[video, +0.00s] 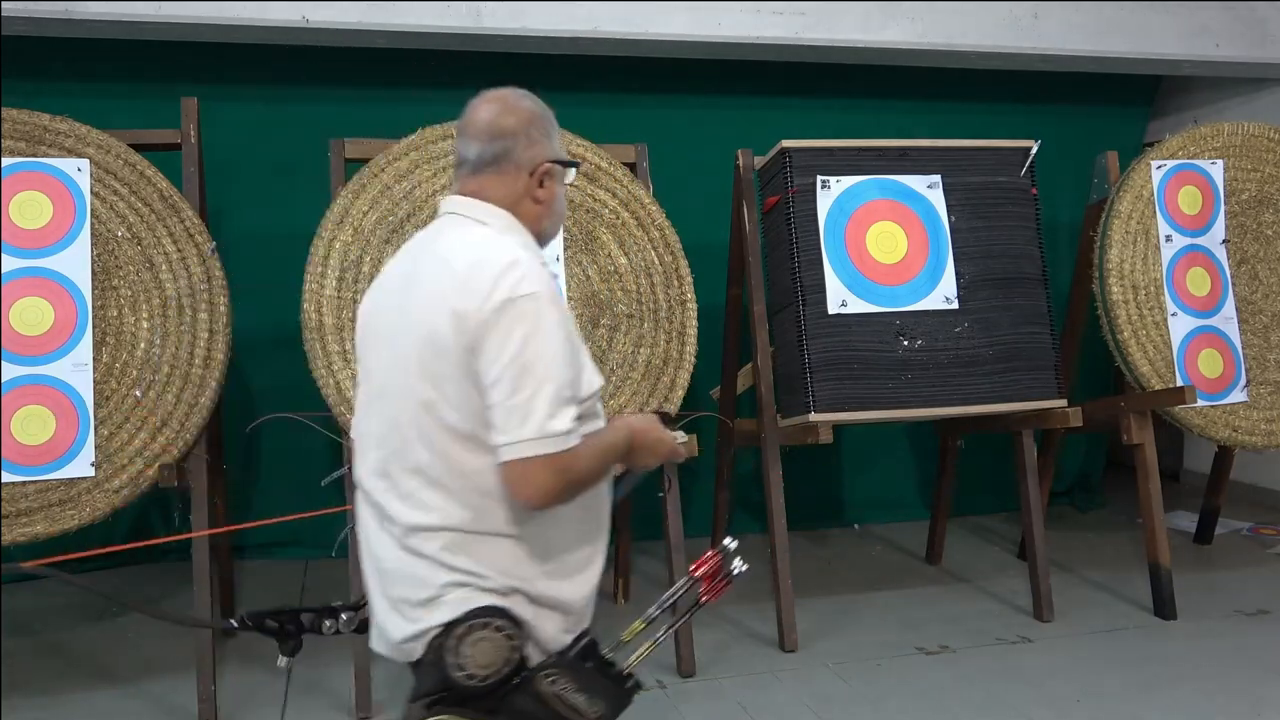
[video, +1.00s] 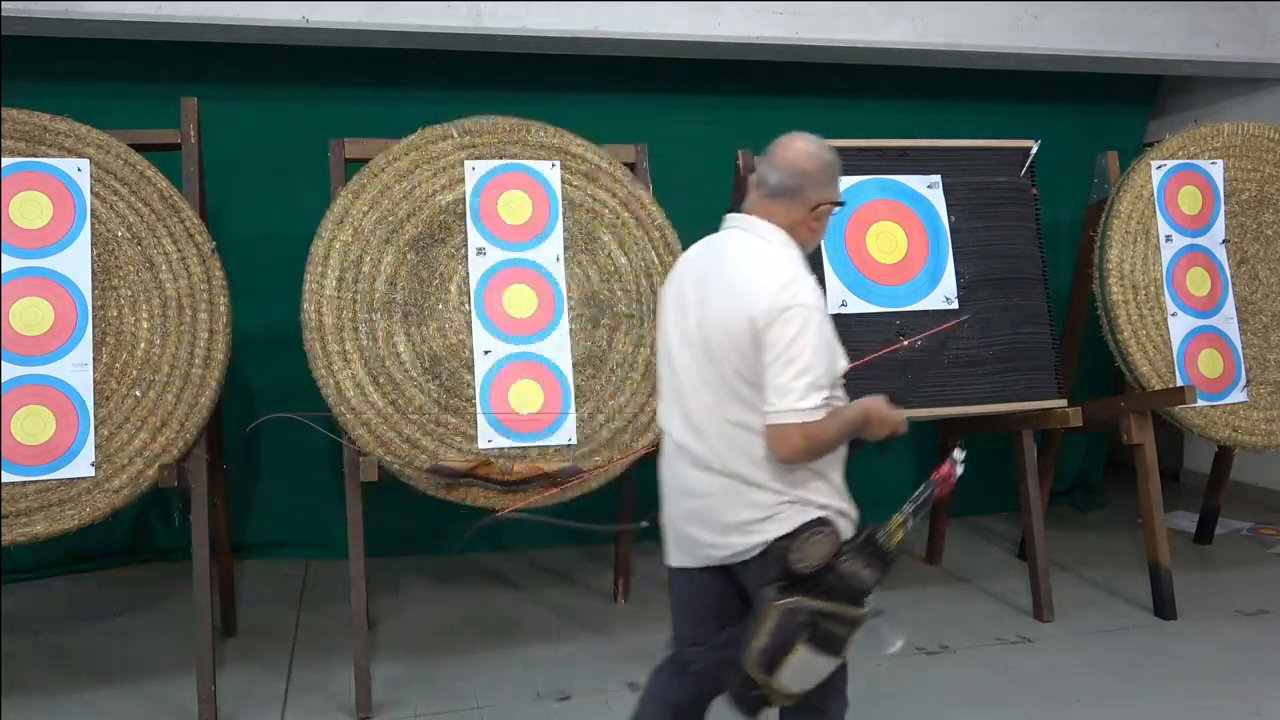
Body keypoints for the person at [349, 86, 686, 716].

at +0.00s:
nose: (563, 196)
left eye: (564, 178)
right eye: (563, 179)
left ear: (463, 173)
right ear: (540, 181)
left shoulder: (405, 267)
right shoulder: (511, 277)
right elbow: (536, 479)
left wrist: (602, 439)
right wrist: (625, 438)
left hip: (417, 608)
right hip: (497, 628)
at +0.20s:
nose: (602, 194)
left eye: (601, 176)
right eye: (600, 175)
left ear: (506, 171)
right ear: (572, 174)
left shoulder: (436, 270)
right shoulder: (577, 266)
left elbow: (400, 436)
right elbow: (609, 441)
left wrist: (403, 543)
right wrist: (672, 409)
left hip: (459, 582)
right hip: (556, 590)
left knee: (488, 711)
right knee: (557, 709)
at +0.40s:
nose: (648, 195)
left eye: (649, 177)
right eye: (645, 176)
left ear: (554, 170)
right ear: (605, 176)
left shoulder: (479, 269)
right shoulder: (614, 260)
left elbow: (449, 443)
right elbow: (637, 428)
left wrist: (484, 533)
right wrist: (699, 403)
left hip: (491, 565)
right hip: (591, 568)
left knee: (526, 709)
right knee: (613, 710)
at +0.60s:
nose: (688, 206)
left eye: (691, 190)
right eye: (690, 189)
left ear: (606, 177)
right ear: (667, 190)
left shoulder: (546, 260)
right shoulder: (654, 267)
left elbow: (533, 409)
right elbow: (664, 429)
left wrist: (688, 398)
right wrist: (733, 415)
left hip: (546, 550)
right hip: (639, 555)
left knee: (552, 705)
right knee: (704, 705)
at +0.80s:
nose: (754, 224)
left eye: (756, 210)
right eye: (755, 211)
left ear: (677, 193)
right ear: (741, 211)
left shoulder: (610, 276)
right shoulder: (715, 288)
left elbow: (606, 424)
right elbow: (715, 444)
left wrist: (749, 408)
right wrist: (789, 430)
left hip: (610, 560)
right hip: (708, 567)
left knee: (593, 705)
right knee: (766, 707)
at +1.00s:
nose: (827, 221)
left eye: (829, 208)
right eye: (829, 209)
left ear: (753, 186)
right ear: (816, 210)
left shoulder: (690, 264)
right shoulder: (789, 289)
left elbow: (690, 396)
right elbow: (791, 442)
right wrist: (860, 416)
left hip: (693, 525)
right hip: (780, 536)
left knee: (689, 673)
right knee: (815, 694)